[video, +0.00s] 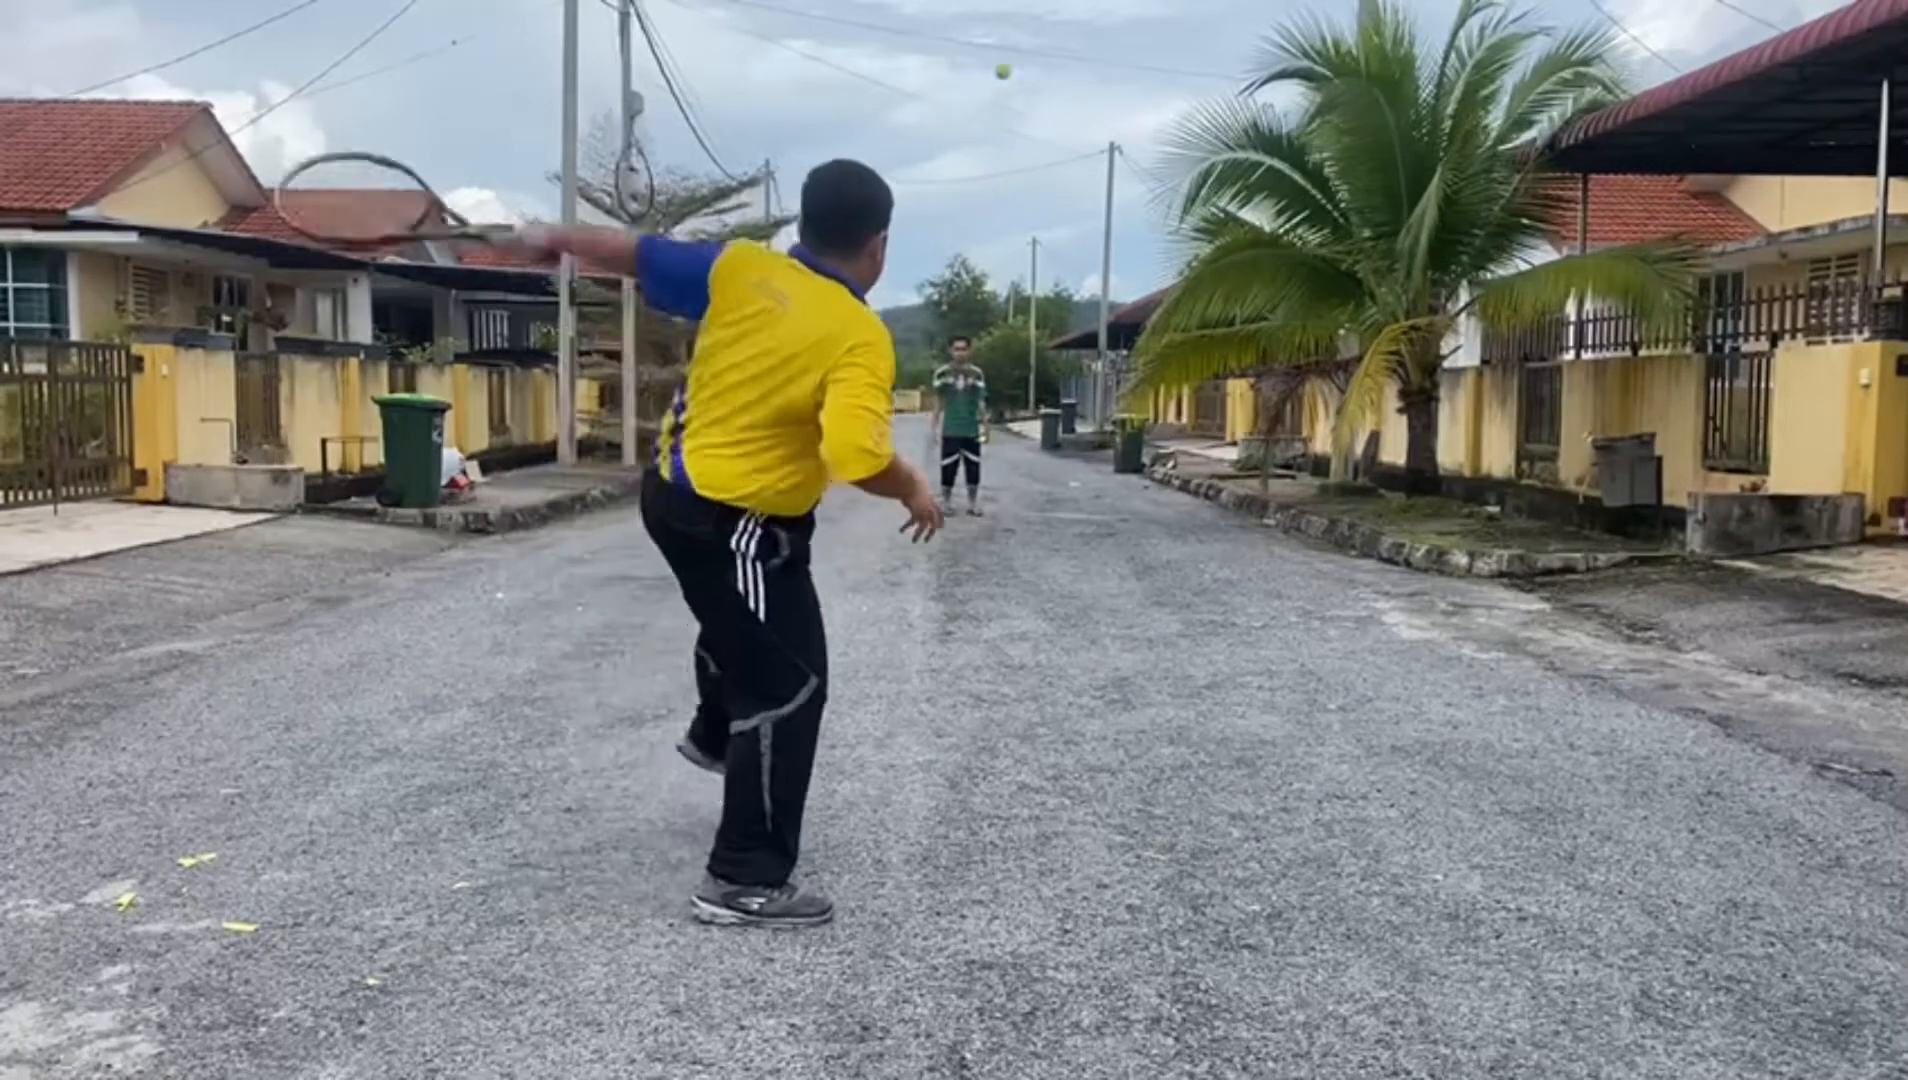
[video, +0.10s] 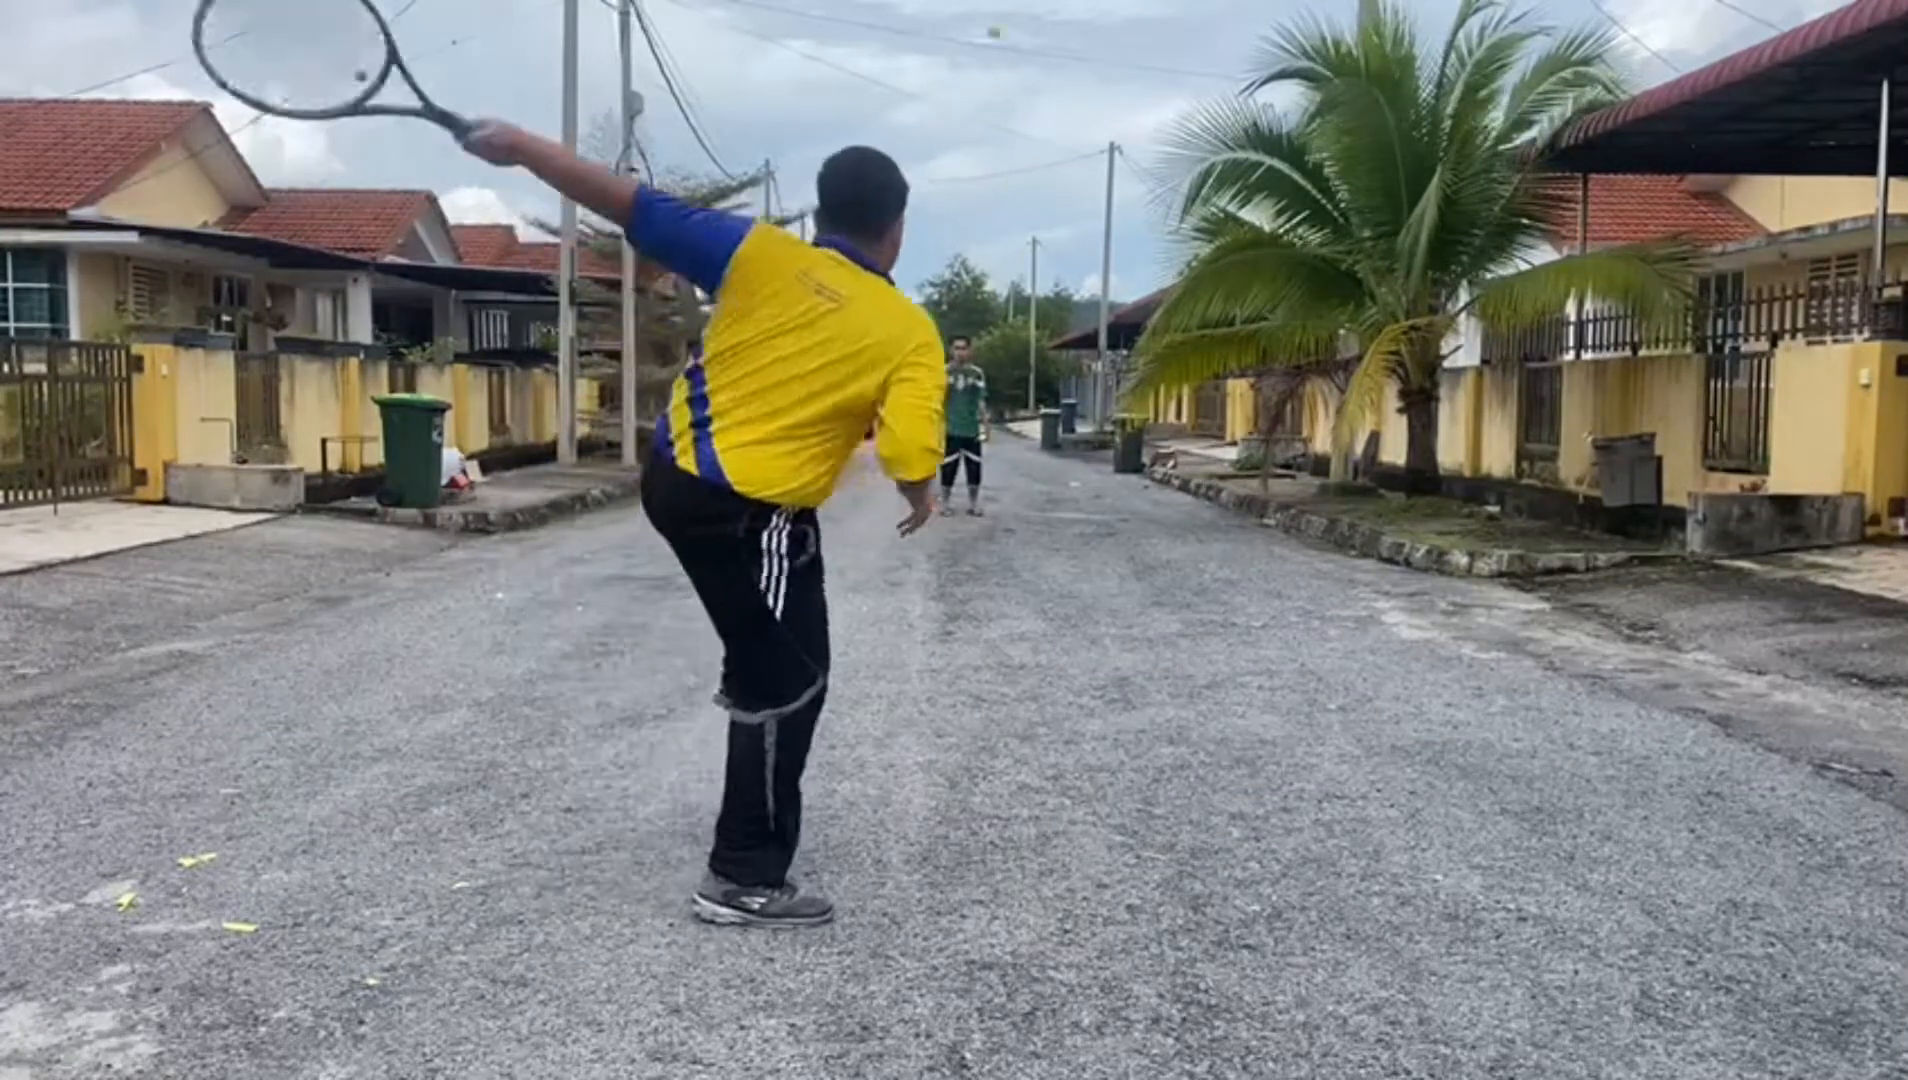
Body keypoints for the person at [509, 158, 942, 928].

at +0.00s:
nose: (886, 252)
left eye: (884, 238)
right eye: (886, 239)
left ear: (805, 228)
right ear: (875, 242)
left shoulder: (739, 266)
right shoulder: (858, 333)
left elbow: (634, 252)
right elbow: (856, 456)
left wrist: (555, 236)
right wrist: (913, 484)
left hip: (675, 496)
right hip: (749, 526)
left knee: (735, 617)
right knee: (785, 687)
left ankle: (715, 730)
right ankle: (747, 875)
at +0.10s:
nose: (903, 230)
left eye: (897, 214)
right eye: (903, 216)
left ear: (822, 213)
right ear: (894, 226)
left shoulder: (758, 249)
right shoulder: (909, 332)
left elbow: (634, 202)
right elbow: (908, 446)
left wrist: (525, 146)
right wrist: (922, 491)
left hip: (672, 481)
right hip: (754, 512)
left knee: (763, 647)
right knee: (787, 680)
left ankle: (744, 849)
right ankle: (747, 878)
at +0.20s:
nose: (909, 211)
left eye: (894, 196)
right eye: (910, 199)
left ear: (828, 197)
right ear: (902, 207)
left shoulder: (778, 238)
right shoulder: (928, 322)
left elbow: (673, 163)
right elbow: (936, 442)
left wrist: (578, 73)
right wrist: (908, 476)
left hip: (670, 467)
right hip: (759, 510)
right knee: (778, 681)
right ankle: (743, 874)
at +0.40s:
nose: (923, 186)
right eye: (923, 177)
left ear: (837, 175)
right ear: (920, 188)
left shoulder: (809, 224)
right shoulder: (948, 308)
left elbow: (764, 119)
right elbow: (937, 430)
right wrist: (866, 411)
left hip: (705, 465)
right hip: (805, 511)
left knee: (714, 526)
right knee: (778, 697)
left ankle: (696, 625)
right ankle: (740, 873)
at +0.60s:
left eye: (879, 165)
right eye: (949, 172)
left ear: (871, 174)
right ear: (952, 187)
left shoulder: (831, 226)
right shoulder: (983, 308)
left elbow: (767, 114)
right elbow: (954, 434)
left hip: (744, 486)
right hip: (852, 523)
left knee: (684, 630)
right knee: (804, 706)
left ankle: (634, 774)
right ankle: (745, 870)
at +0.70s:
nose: (877, 184)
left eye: (880, 173)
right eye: (951, 174)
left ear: (879, 180)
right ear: (965, 189)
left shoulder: (840, 225)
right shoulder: (998, 307)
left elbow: (768, 114)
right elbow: (977, 438)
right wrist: (919, 375)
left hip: (766, 489)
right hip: (879, 525)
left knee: (713, 661)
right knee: (820, 707)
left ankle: (721, 811)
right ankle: (761, 873)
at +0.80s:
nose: (894, 182)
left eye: (894, 170)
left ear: (890, 179)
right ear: (975, 192)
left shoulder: (845, 228)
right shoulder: (1008, 308)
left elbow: (775, 121)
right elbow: (1002, 442)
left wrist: (777, 17)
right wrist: (942, 399)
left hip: (794, 504)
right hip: (910, 528)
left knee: (763, 692)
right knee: (880, 694)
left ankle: (804, 879)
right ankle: (779, 845)